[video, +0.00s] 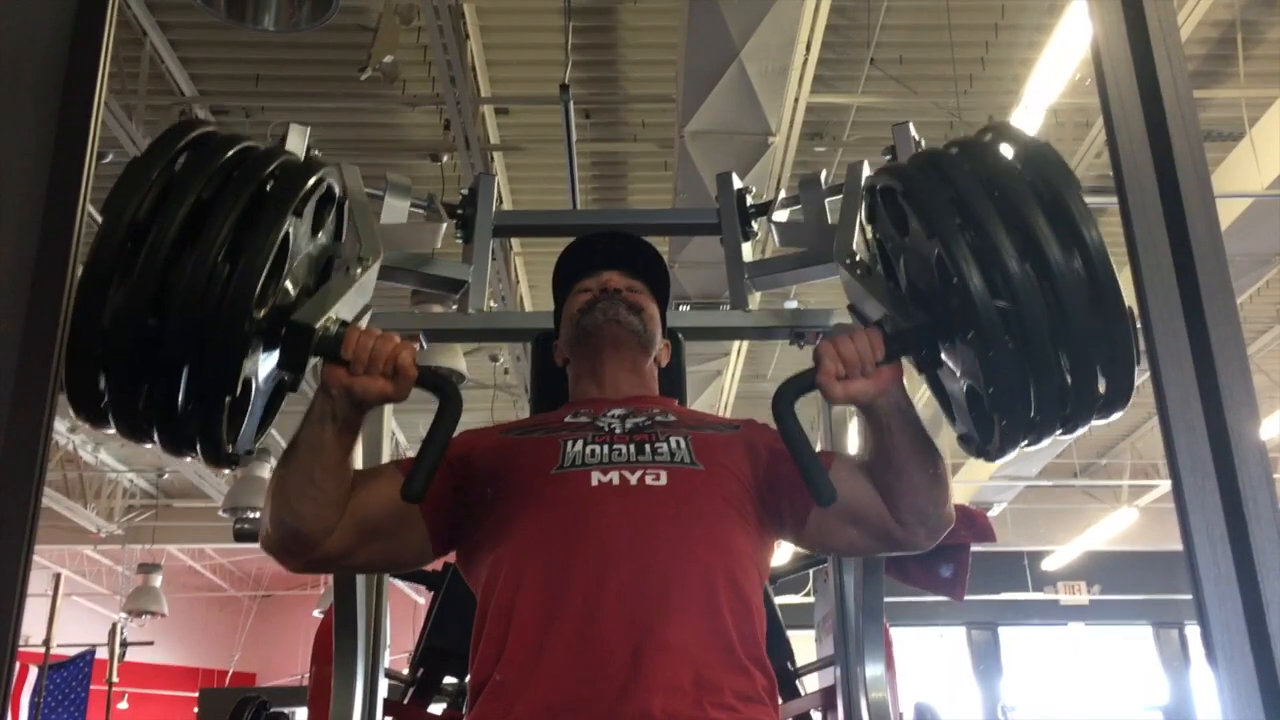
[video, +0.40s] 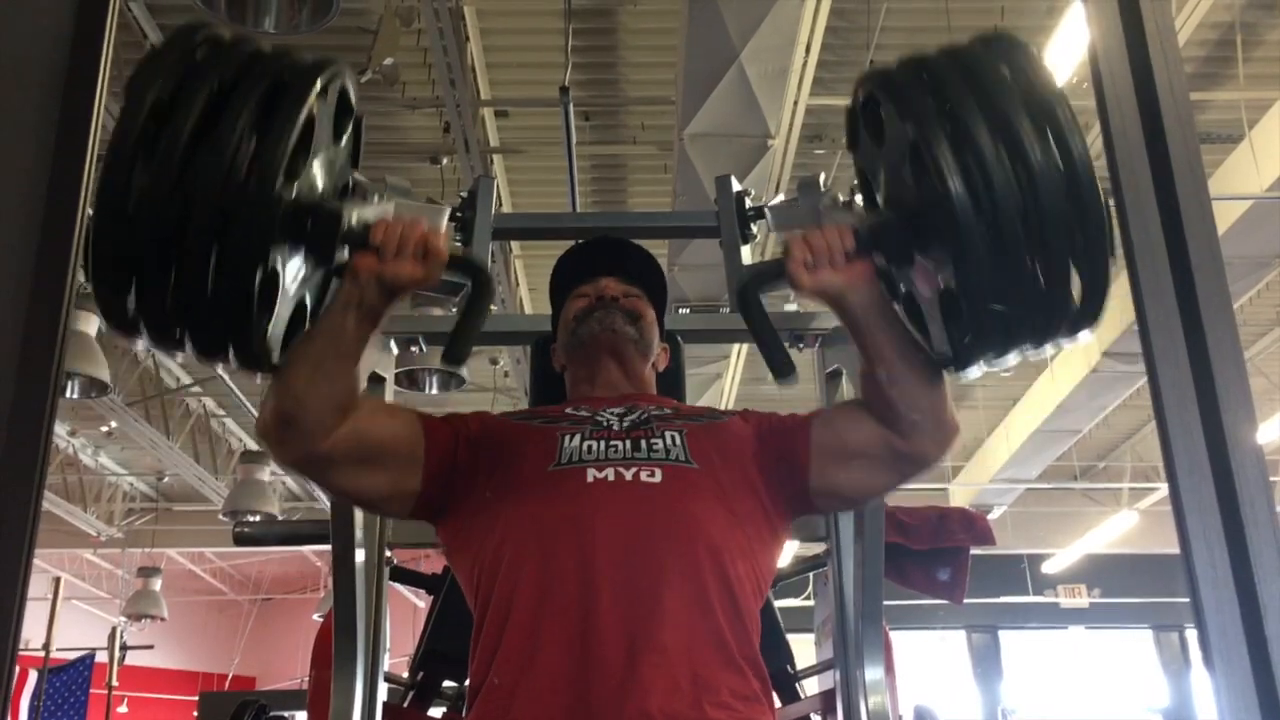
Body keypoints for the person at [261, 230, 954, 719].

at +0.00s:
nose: (611, 293)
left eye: (635, 293)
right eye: (586, 294)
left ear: (667, 347)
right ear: (555, 350)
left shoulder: (747, 448)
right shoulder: (488, 455)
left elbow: (919, 520)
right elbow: (304, 539)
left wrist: (882, 400)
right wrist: (341, 404)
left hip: (725, 704)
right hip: (526, 706)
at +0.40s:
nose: (606, 303)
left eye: (631, 303)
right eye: (581, 304)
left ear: (664, 352)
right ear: (552, 354)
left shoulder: (744, 444)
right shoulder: (484, 449)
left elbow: (922, 433)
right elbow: (303, 427)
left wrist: (859, 298)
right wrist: (364, 294)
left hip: (724, 704)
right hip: (523, 706)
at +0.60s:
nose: (606, 305)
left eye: (631, 303)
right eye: (582, 303)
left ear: (663, 353)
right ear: (552, 354)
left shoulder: (751, 436)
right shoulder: (483, 440)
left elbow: (882, 352)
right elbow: (340, 345)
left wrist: (834, 195)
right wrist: (390, 199)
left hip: (722, 703)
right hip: (520, 703)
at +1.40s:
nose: (608, 298)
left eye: (632, 299)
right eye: (582, 300)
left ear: (663, 356)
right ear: (552, 356)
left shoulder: (746, 449)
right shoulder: (487, 456)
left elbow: (912, 428)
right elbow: (309, 428)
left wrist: (857, 283)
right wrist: (371, 280)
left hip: (724, 703)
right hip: (527, 705)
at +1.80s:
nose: (610, 298)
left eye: (635, 299)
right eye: (585, 300)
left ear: (666, 357)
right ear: (554, 357)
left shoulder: (744, 454)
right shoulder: (489, 461)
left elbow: (924, 516)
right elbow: (296, 530)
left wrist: (877, 390)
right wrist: (346, 384)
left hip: (729, 706)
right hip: (528, 706)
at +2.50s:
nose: (609, 306)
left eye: (634, 308)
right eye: (584, 307)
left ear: (665, 361)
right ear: (553, 359)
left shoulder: (744, 453)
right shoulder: (488, 458)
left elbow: (924, 444)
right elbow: (302, 438)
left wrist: (860, 311)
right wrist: (363, 301)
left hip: (724, 703)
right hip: (525, 705)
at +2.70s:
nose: (607, 316)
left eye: (632, 313)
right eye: (584, 313)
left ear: (665, 360)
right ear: (553, 361)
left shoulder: (752, 448)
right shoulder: (480, 450)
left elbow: (895, 380)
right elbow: (333, 363)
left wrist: (844, 229)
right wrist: (388, 215)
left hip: (725, 704)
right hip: (522, 705)